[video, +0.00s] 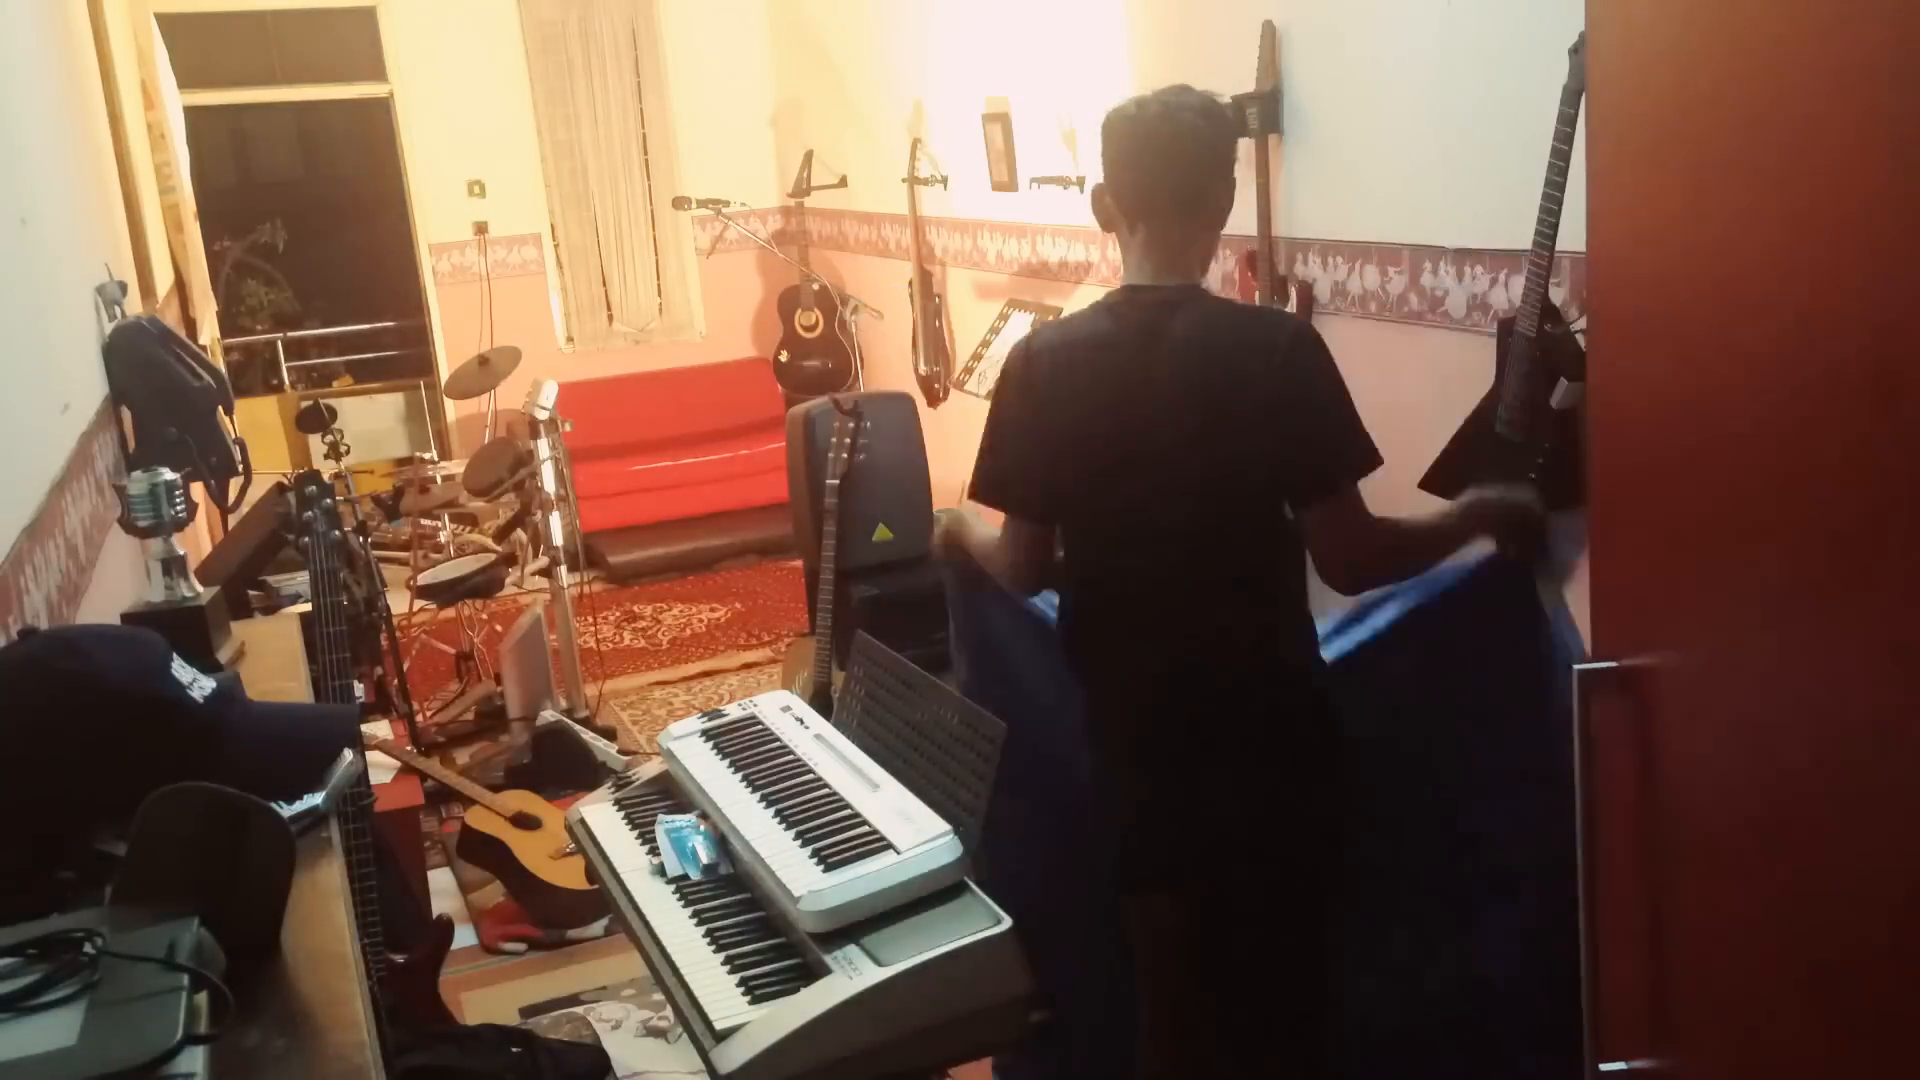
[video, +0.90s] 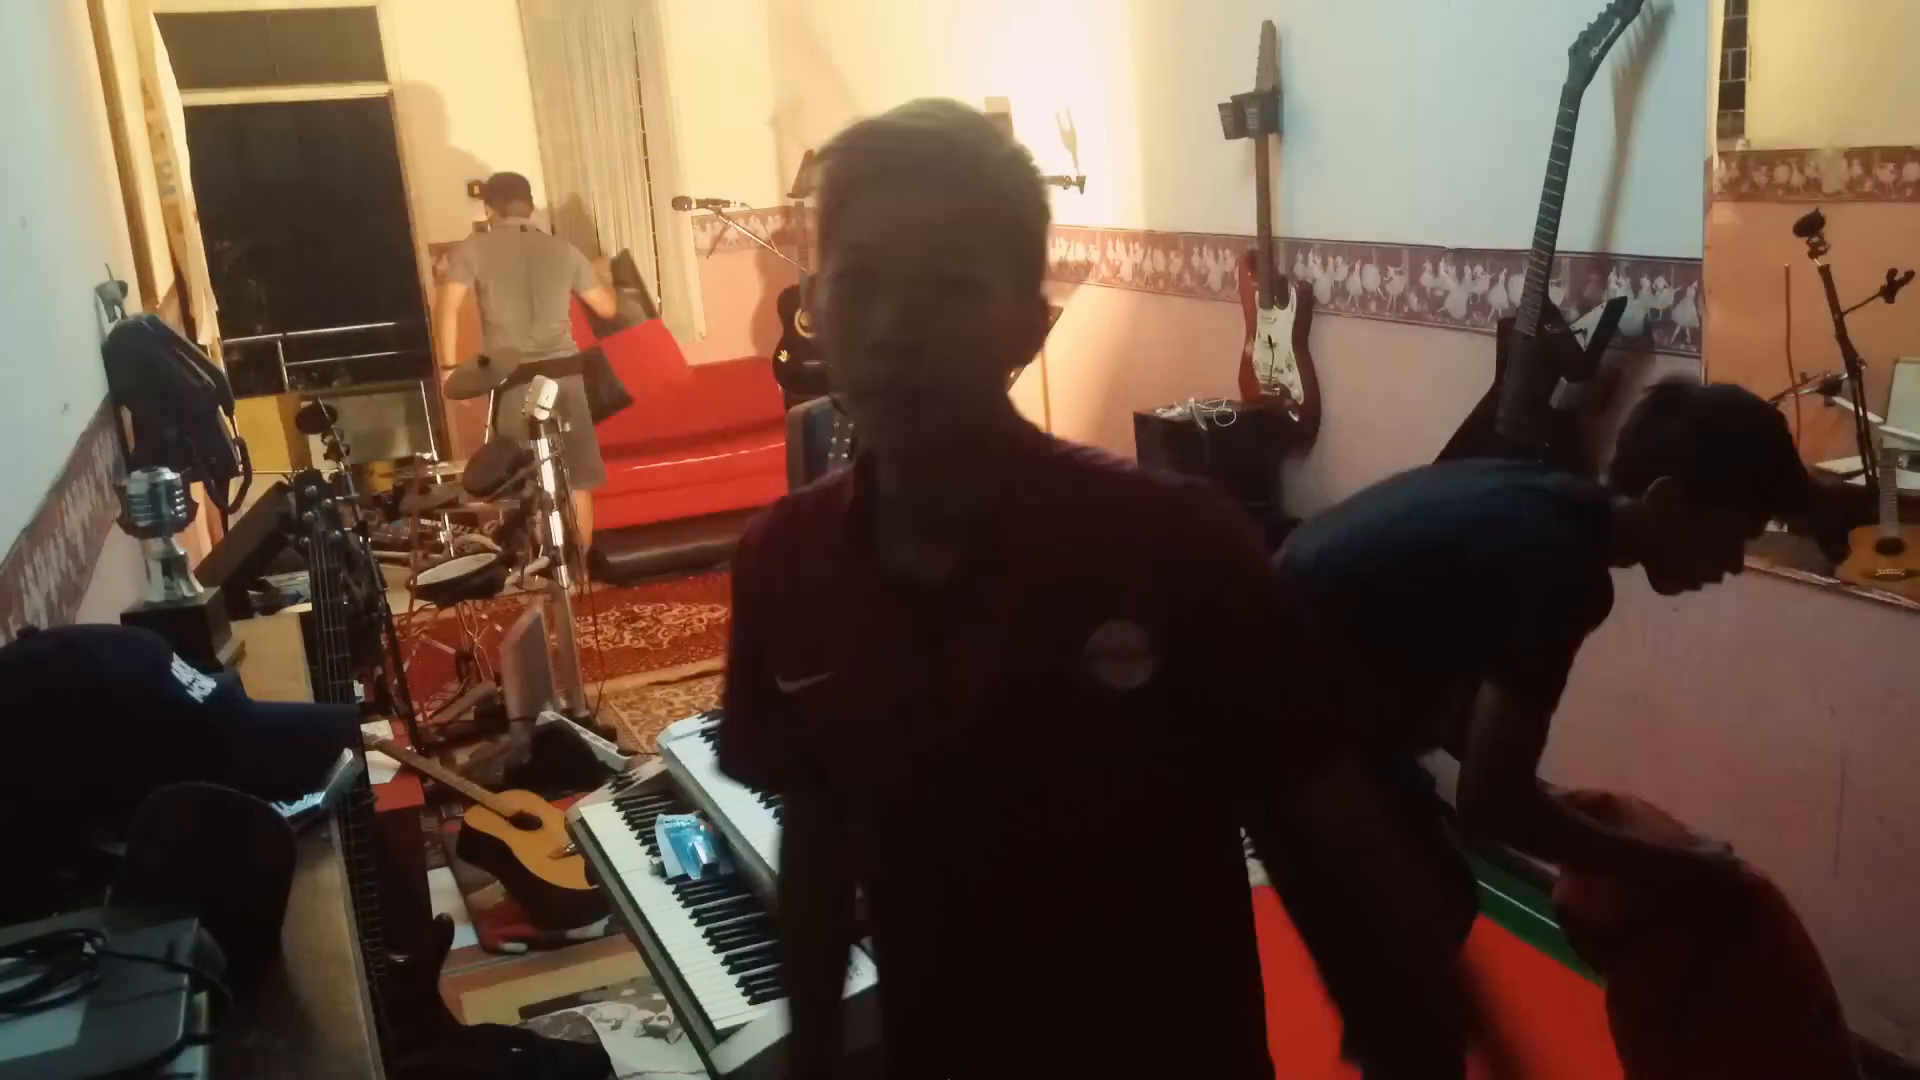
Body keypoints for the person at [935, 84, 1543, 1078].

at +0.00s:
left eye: (1110, 192)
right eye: (1211, 195)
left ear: (1107, 206)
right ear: (1223, 208)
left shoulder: (1047, 361)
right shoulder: (1279, 348)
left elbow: (1020, 567)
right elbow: (1350, 557)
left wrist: (960, 522)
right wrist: (1480, 515)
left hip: (1124, 725)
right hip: (1272, 714)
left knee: (1161, 985)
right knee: (1285, 977)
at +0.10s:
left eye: (1100, 210)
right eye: (1206, 207)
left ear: (1097, 219)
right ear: (1207, 214)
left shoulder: (1034, 360)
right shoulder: (1253, 336)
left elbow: (1002, 568)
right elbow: (1289, 529)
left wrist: (949, 578)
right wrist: (1454, 564)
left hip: (1115, 729)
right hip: (1255, 718)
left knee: (1150, 983)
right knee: (1274, 976)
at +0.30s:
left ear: (1195, 593)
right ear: (1282, 612)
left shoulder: (1123, 624)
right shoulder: (1309, 656)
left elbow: (1036, 769)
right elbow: (1446, 894)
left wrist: (962, 913)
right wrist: (1531, 1067)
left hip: (1109, 825)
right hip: (1261, 822)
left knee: (1151, 1040)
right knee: (1272, 1034)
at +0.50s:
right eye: (1396, 490)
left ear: (1271, 488)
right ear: (1387, 493)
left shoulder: (1202, 538)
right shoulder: (1418, 552)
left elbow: (1069, 732)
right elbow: (1558, 762)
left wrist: (1022, 840)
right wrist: (1607, 900)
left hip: (1202, 830)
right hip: (1374, 829)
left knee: (1226, 1019)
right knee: (1380, 1026)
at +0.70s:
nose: (1616, 454)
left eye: (1625, 427)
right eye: (1613, 424)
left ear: (1507, 385)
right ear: (1557, 402)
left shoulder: (1390, 435)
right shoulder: (1487, 483)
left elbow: (1287, 608)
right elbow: (1352, 682)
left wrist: (1437, 694)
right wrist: (1513, 858)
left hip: (1170, 718)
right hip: (1264, 753)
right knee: (1418, 1009)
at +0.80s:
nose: (1801, 696)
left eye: (1822, 681)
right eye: (1815, 671)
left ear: (1753, 585)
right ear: (1774, 621)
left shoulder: (1635, 583)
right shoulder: (1632, 652)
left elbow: (1558, 789)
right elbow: (1568, 892)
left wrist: (1548, 915)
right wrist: (1602, 1055)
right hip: (1314, 722)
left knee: (1420, 981)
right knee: (1442, 995)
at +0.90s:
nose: (1733, 563)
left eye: (1746, 538)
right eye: (1737, 533)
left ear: (1652, 489)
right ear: (1669, 496)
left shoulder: (1548, 509)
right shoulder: (1563, 568)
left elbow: (1440, 713)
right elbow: (1490, 808)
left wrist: (1551, 802)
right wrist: (1665, 863)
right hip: (1289, 717)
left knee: (1444, 896)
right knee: (1417, 1022)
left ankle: (1380, 1040)